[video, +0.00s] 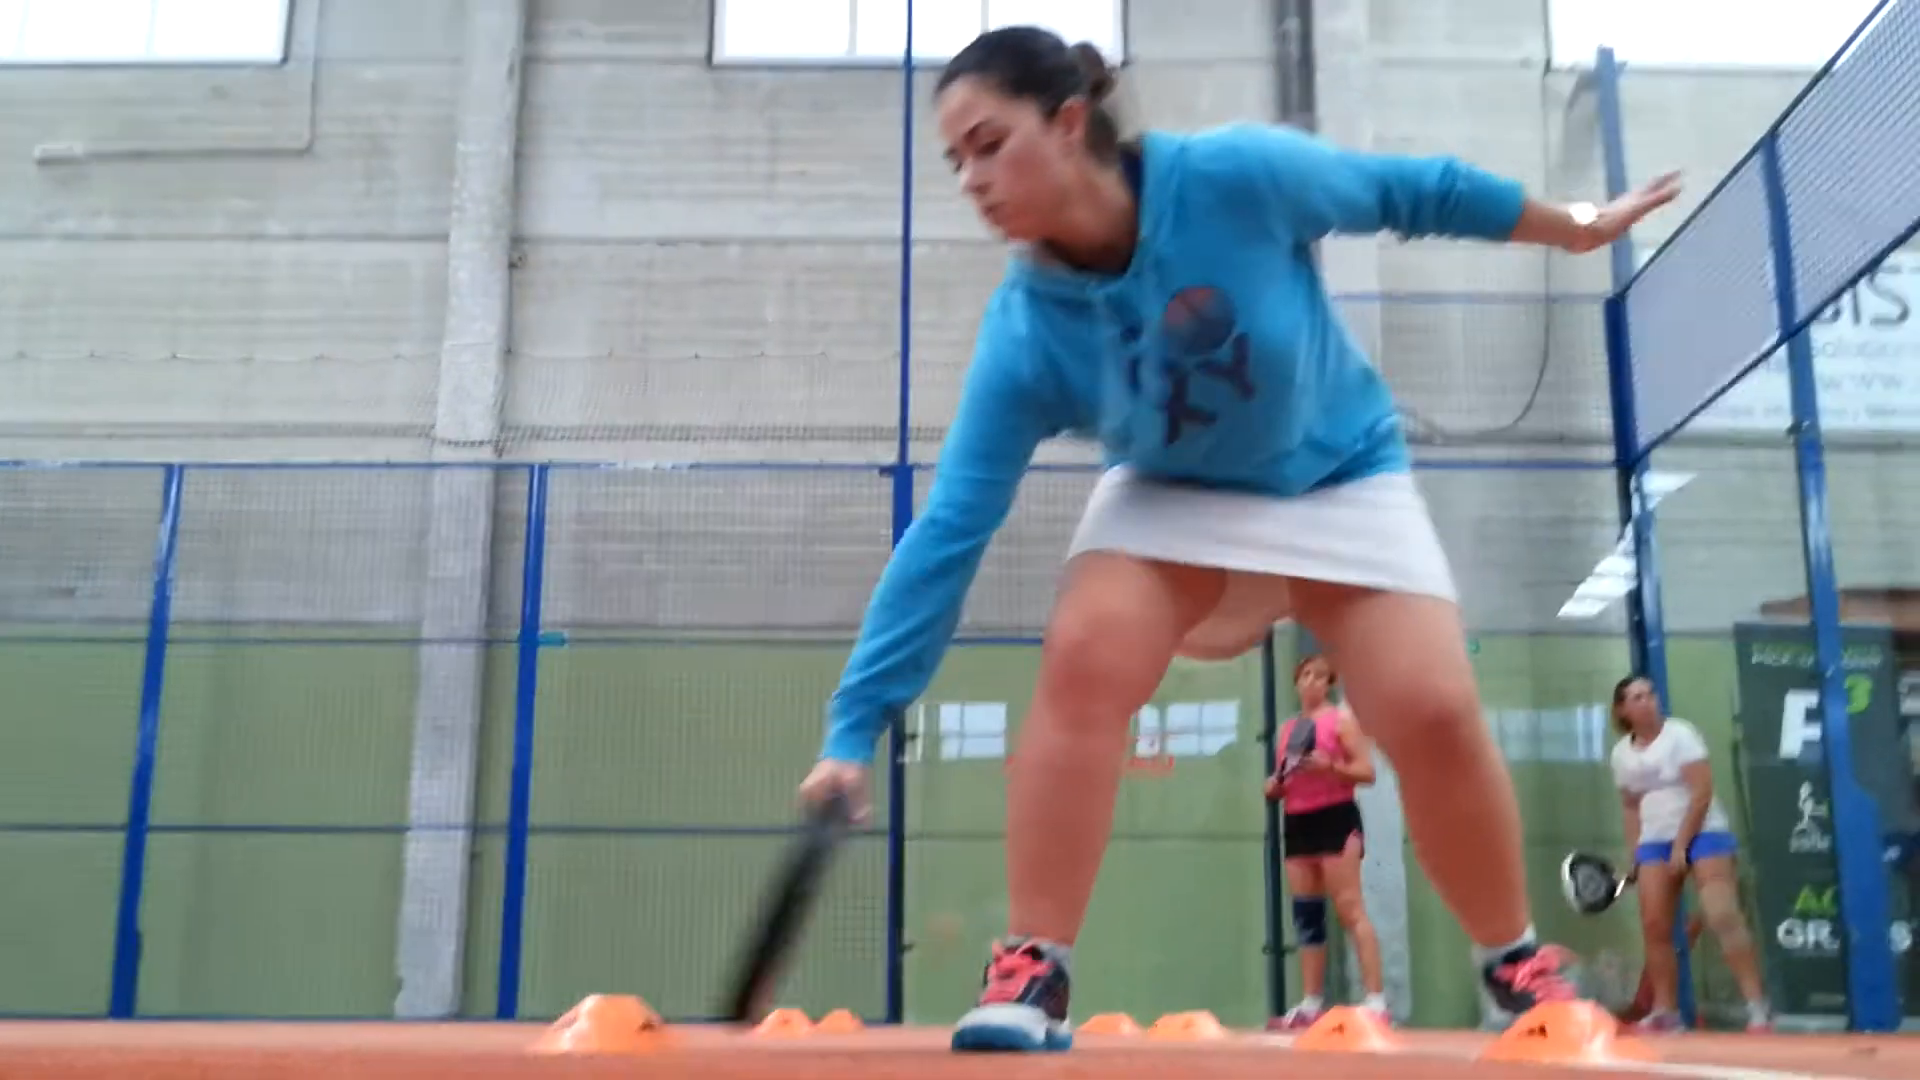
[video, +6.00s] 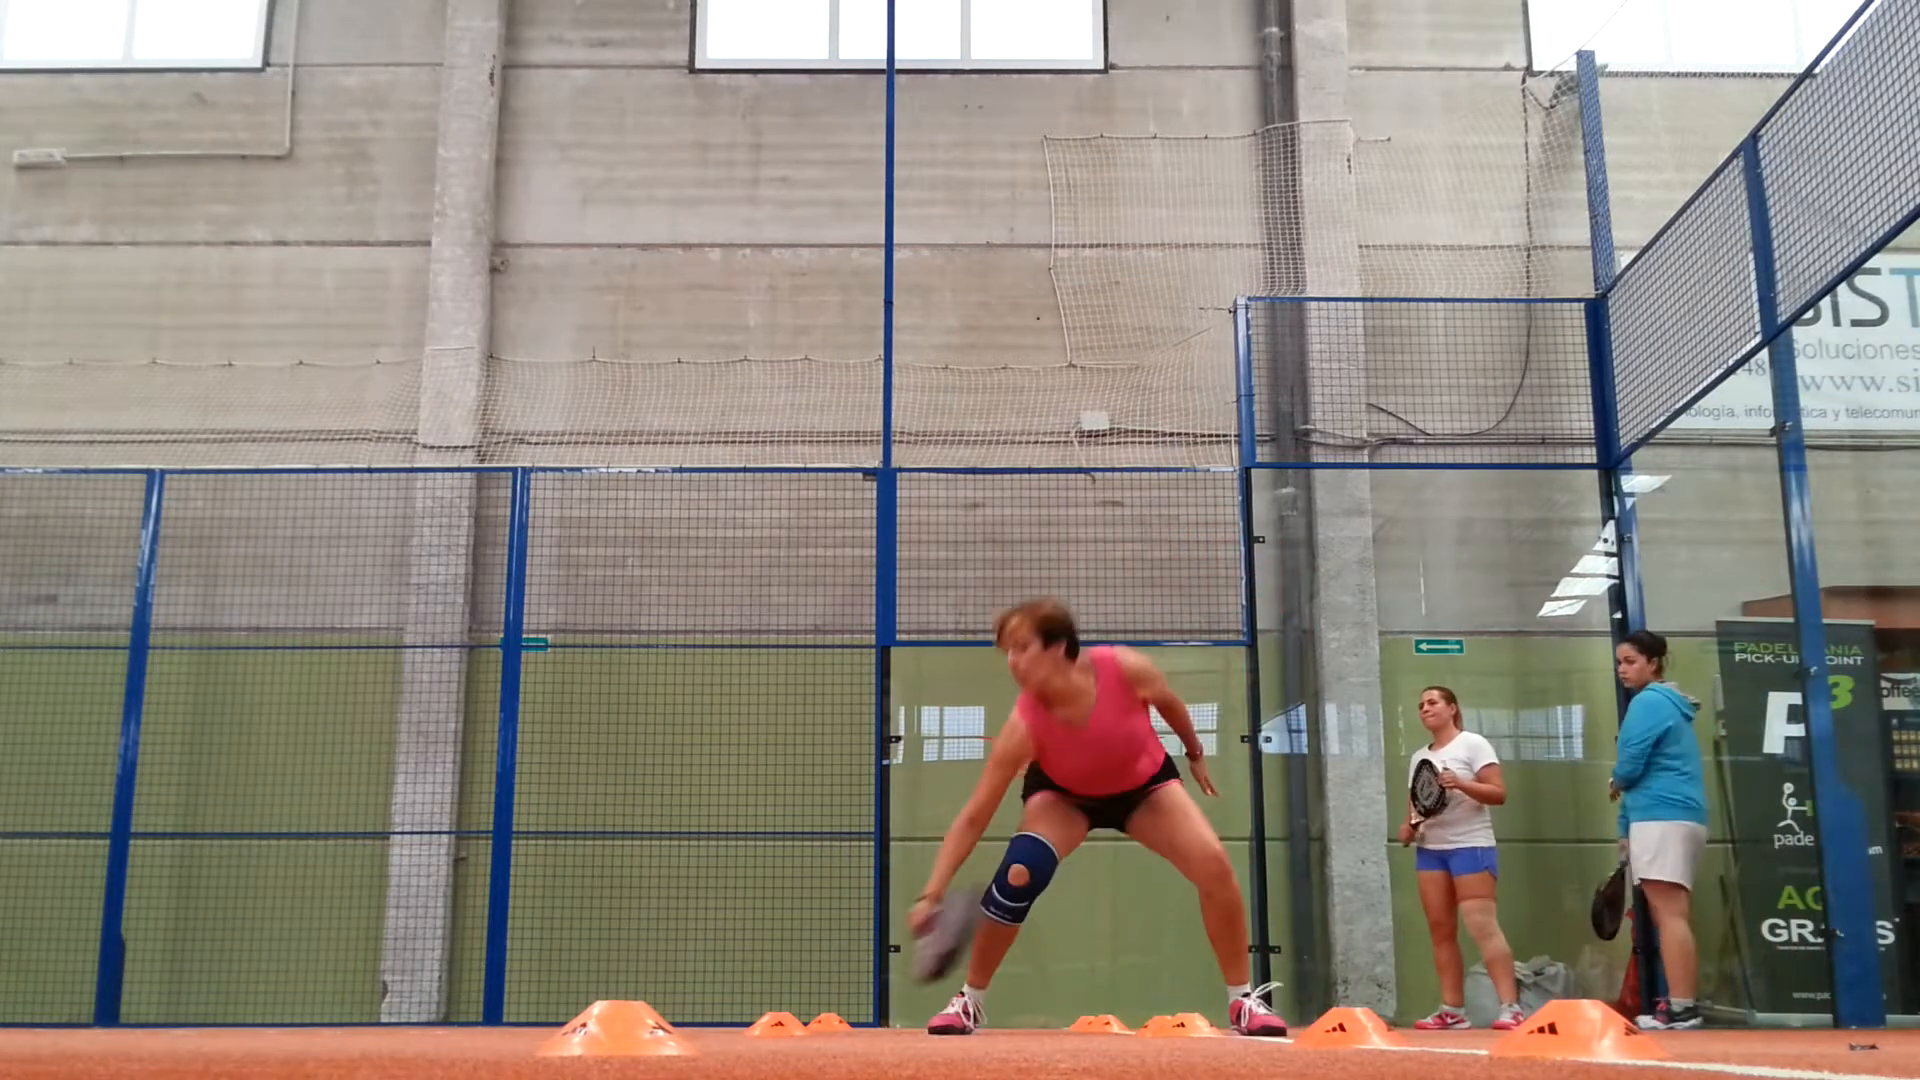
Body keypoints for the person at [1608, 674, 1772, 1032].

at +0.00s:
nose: (1647, 701)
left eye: (1649, 694)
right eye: (1637, 697)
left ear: (1658, 700)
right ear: (1622, 711)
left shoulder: (1681, 735)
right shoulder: (1622, 753)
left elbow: (1702, 792)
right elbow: (1631, 807)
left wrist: (1681, 844)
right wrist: (1634, 858)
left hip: (1702, 827)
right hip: (1654, 835)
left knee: (1721, 913)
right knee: (1654, 923)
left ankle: (1756, 1004)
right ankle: (1665, 1009)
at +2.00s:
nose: (1610, 696)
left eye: (1616, 689)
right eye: (1607, 692)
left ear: (1640, 690)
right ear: (1609, 700)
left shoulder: (1666, 729)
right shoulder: (1607, 740)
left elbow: (1704, 768)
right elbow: (1600, 791)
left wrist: (1703, 810)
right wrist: (1596, 833)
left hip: (1666, 837)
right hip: (1621, 842)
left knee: (1681, 917)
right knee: (1637, 926)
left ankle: (1735, 998)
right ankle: (1655, 1007)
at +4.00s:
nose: (1406, 700)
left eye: (1412, 692)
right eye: (1401, 697)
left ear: (1433, 696)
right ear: (1401, 708)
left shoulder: (1466, 731)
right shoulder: (1399, 750)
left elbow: (1494, 783)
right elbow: (1384, 799)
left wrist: (1470, 772)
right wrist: (1394, 823)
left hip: (1477, 837)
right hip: (1430, 842)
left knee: (1496, 919)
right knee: (1435, 924)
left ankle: (1524, 999)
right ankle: (1437, 1008)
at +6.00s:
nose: (1425, 709)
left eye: (1432, 702)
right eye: (1422, 706)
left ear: (1452, 709)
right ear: (1420, 717)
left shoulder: (1474, 744)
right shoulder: (1419, 758)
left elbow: (1498, 794)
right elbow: (1415, 804)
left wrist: (1461, 784)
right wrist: (1411, 823)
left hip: (1470, 847)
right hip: (1431, 850)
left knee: (1482, 926)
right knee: (1441, 930)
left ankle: (1510, 1007)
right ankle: (1453, 1010)